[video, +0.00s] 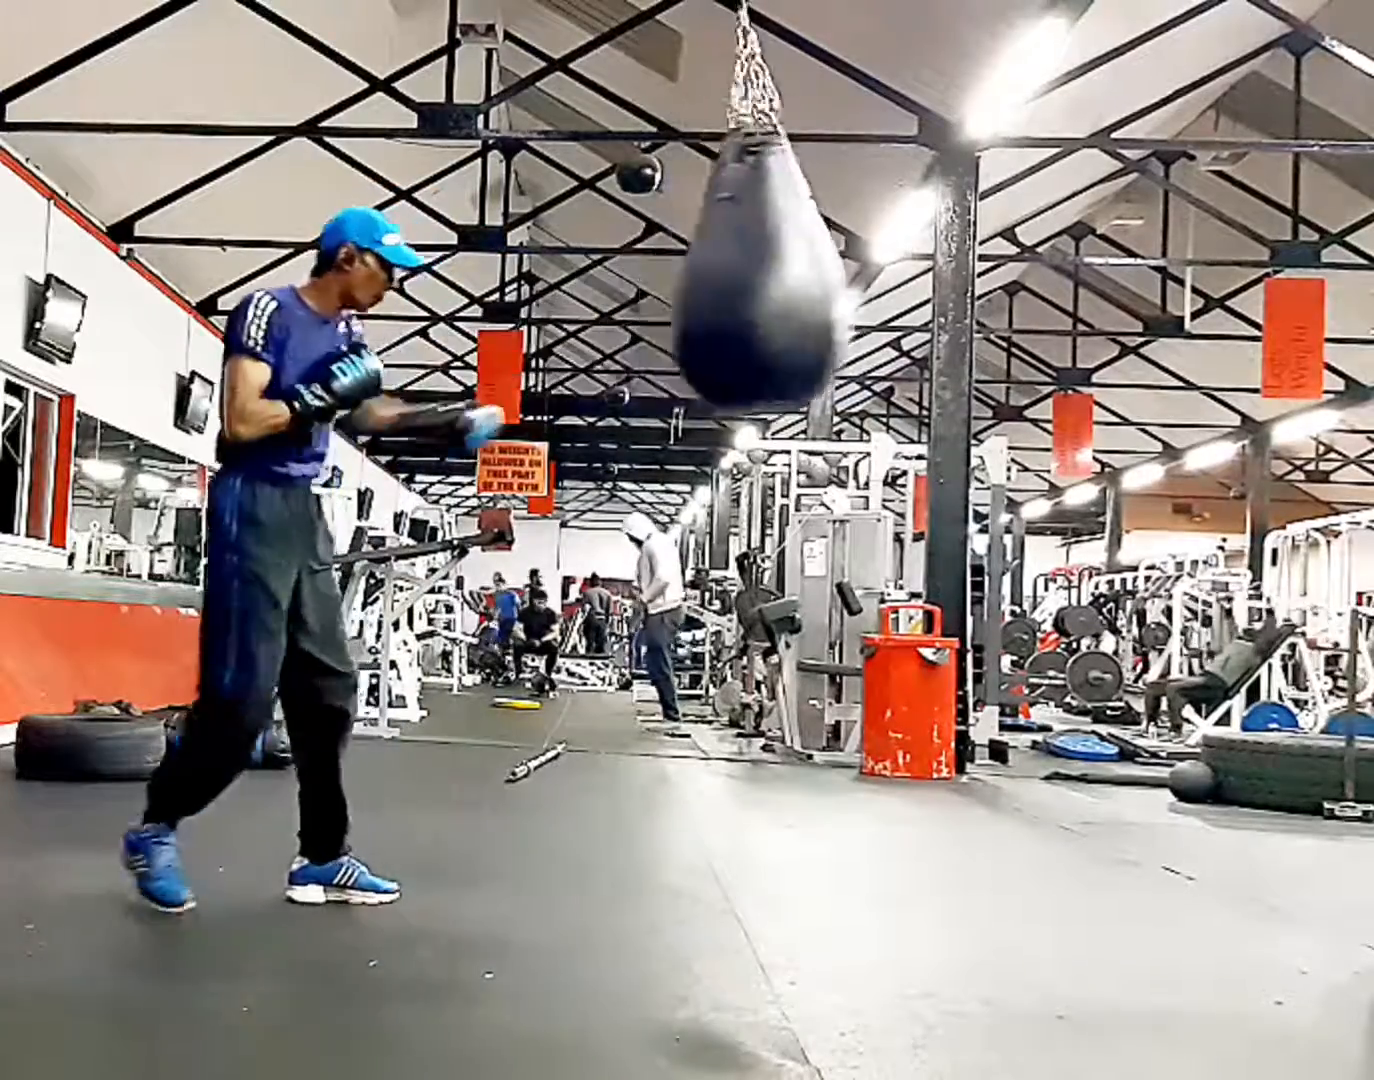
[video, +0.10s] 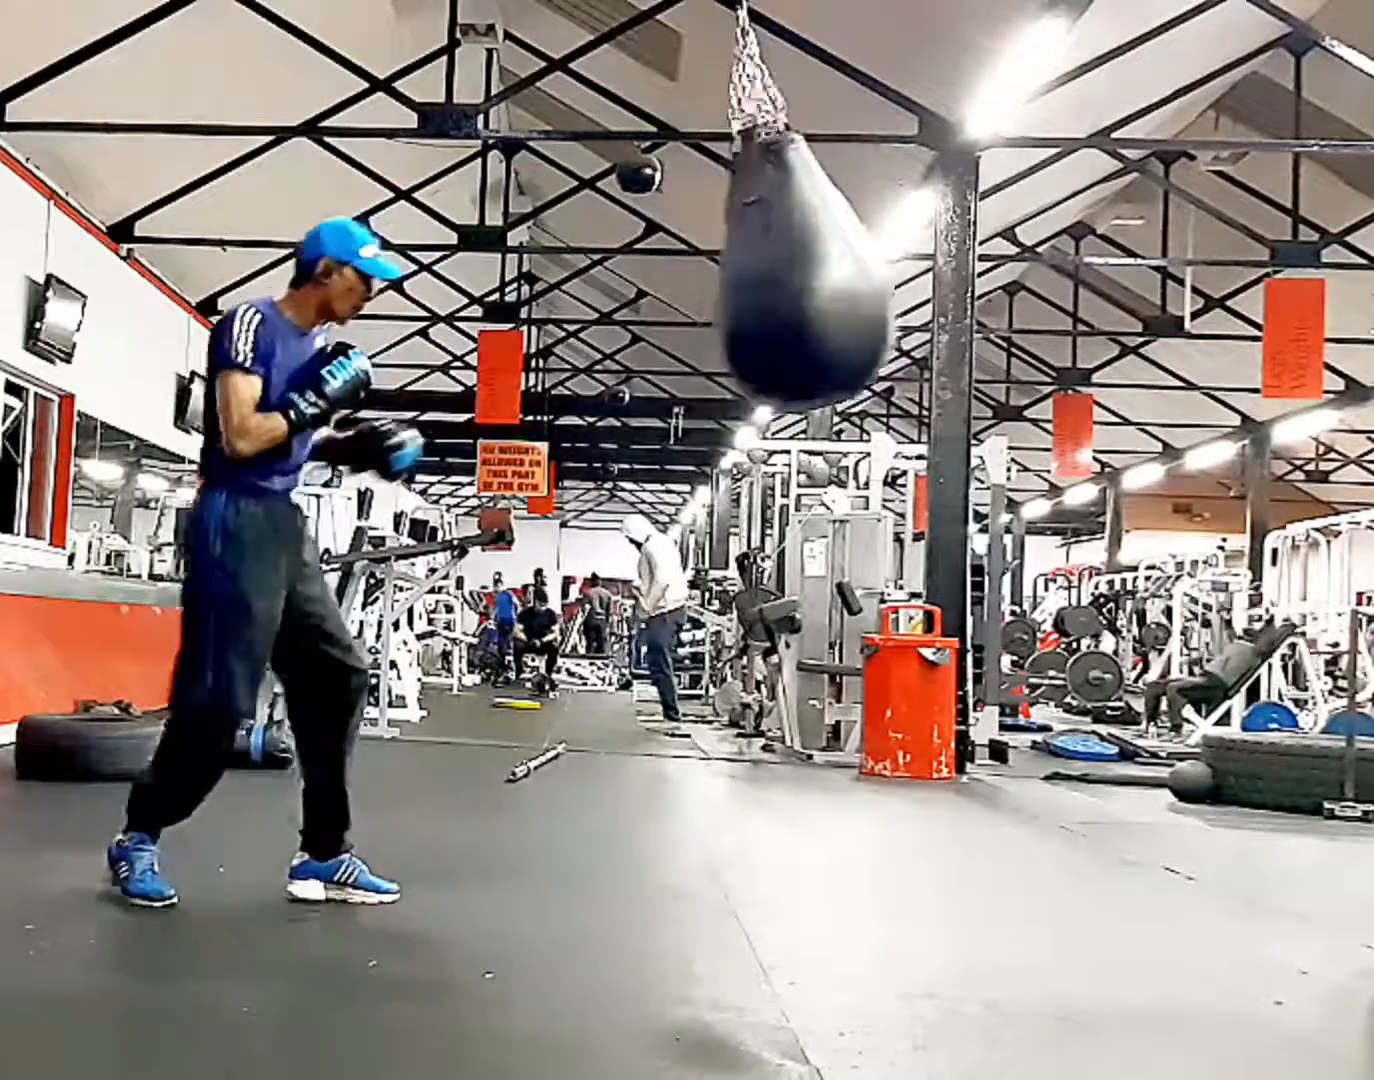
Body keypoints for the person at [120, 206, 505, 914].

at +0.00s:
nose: (390, 287)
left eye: (393, 276)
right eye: (385, 272)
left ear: (358, 267)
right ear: (349, 260)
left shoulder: (345, 337)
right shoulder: (266, 309)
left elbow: (372, 415)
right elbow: (239, 422)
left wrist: (452, 422)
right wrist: (324, 398)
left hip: (303, 513)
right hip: (251, 510)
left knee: (325, 692)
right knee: (242, 700)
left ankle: (323, 858)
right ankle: (153, 828)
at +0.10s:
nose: (369, 297)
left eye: (373, 286)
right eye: (364, 282)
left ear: (335, 279)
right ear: (326, 272)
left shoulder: (316, 349)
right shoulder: (249, 325)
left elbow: (300, 442)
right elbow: (239, 435)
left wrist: (370, 451)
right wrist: (319, 397)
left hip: (280, 526)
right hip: (233, 525)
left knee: (335, 675)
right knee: (221, 698)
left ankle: (324, 854)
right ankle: (137, 839)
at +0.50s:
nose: (330, 298)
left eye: (333, 287)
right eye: (325, 284)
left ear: (299, 278)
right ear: (288, 272)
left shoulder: (295, 343)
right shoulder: (221, 323)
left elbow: (297, 447)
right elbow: (245, 427)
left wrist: (354, 405)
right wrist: (312, 382)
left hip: (270, 528)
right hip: (221, 526)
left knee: (291, 685)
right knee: (219, 693)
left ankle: (233, 837)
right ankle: (142, 840)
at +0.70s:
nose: (356, 298)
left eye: (361, 287)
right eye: (353, 283)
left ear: (325, 275)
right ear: (318, 269)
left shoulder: (312, 339)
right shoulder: (256, 314)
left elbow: (304, 422)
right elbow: (276, 416)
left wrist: (355, 392)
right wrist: (337, 377)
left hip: (296, 517)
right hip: (251, 513)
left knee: (353, 668)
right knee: (221, 691)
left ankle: (335, 825)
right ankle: (139, 833)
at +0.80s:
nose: (376, 314)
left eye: (380, 302)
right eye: (372, 297)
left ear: (344, 291)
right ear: (338, 285)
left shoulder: (339, 354)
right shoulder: (272, 332)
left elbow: (364, 437)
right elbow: (291, 426)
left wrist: (407, 393)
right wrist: (352, 391)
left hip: (305, 533)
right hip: (262, 530)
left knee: (349, 683)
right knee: (229, 699)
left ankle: (382, 837)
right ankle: (141, 837)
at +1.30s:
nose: (442, 332)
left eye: (447, 322)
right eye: (438, 317)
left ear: (424, 312)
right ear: (408, 300)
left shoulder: (413, 375)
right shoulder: (340, 345)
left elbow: (456, 430)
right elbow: (313, 446)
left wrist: (509, 413)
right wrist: (391, 429)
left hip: (381, 533)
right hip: (334, 525)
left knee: (411, 693)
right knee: (327, 696)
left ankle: (394, 845)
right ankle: (219, 819)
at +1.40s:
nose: (450, 346)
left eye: (452, 334)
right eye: (445, 332)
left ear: (422, 327)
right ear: (412, 321)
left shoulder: (401, 394)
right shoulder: (342, 366)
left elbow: (403, 470)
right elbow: (308, 469)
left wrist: (460, 468)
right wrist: (388, 455)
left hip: (368, 547)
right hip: (324, 543)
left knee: (421, 692)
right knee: (326, 706)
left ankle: (393, 846)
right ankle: (212, 827)